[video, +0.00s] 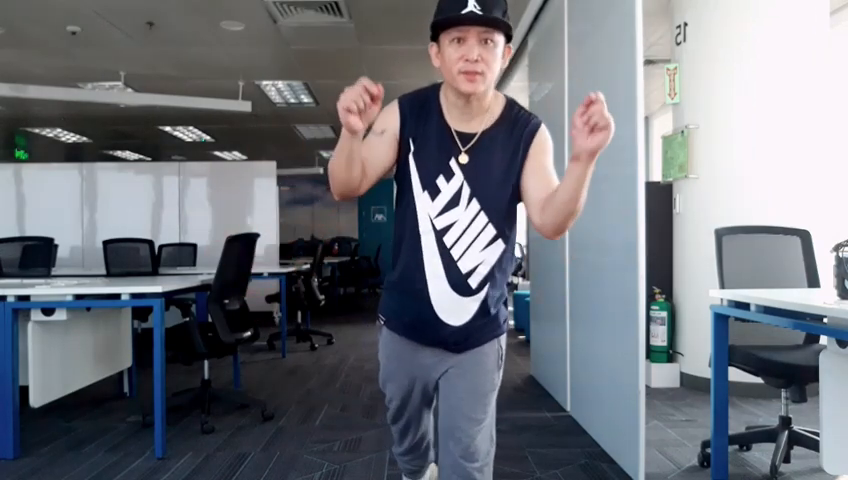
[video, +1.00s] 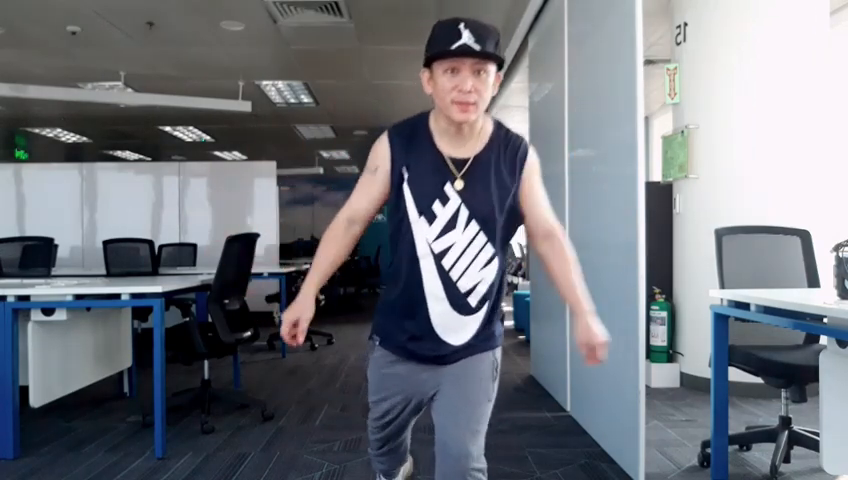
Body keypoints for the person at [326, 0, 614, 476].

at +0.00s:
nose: (473, 54)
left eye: (487, 42)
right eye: (458, 41)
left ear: (505, 55)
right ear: (435, 54)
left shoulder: (527, 132)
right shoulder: (404, 113)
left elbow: (550, 223)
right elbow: (344, 186)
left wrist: (583, 159)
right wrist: (351, 131)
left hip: (479, 331)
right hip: (407, 325)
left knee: (468, 463)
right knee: (406, 441)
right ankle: (414, 470)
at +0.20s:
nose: (467, 54)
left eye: (480, 43)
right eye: (453, 42)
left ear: (498, 57)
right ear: (431, 57)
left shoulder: (521, 131)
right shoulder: (400, 116)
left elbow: (544, 214)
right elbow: (342, 185)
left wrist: (508, 206)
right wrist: (375, 181)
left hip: (474, 329)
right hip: (401, 322)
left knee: (465, 453)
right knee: (394, 422)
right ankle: (400, 468)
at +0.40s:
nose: (454, 75)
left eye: (466, 64)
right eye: (442, 62)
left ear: (483, 77)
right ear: (420, 74)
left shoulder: (498, 148)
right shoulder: (387, 135)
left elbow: (530, 222)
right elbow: (341, 203)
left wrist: (551, 279)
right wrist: (309, 262)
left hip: (460, 333)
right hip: (390, 329)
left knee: (456, 451)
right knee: (388, 428)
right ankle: (394, 473)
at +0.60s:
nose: (446, 89)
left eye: (458, 79)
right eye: (434, 77)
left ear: (475, 91)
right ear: (411, 86)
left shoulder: (489, 158)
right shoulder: (379, 148)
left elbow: (525, 228)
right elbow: (335, 213)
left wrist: (569, 289)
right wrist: (290, 270)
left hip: (453, 337)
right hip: (384, 335)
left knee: (455, 449)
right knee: (388, 430)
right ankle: (394, 474)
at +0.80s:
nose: (452, 99)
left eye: (464, 87)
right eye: (439, 86)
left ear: (479, 98)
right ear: (415, 95)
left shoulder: (496, 163)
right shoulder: (384, 158)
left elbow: (516, 230)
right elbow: (354, 222)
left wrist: (543, 288)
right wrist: (319, 275)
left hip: (463, 342)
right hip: (392, 341)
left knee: (462, 459)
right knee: (389, 439)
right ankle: (395, 475)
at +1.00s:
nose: (466, 85)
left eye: (479, 72)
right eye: (452, 72)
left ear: (495, 81)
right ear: (427, 80)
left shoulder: (515, 154)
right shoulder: (395, 146)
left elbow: (547, 235)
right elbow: (350, 221)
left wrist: (584, 314)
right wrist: (308, 291)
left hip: (474, 344)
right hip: (400, 339)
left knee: (462, 464)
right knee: (384, 441)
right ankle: (394, 473)